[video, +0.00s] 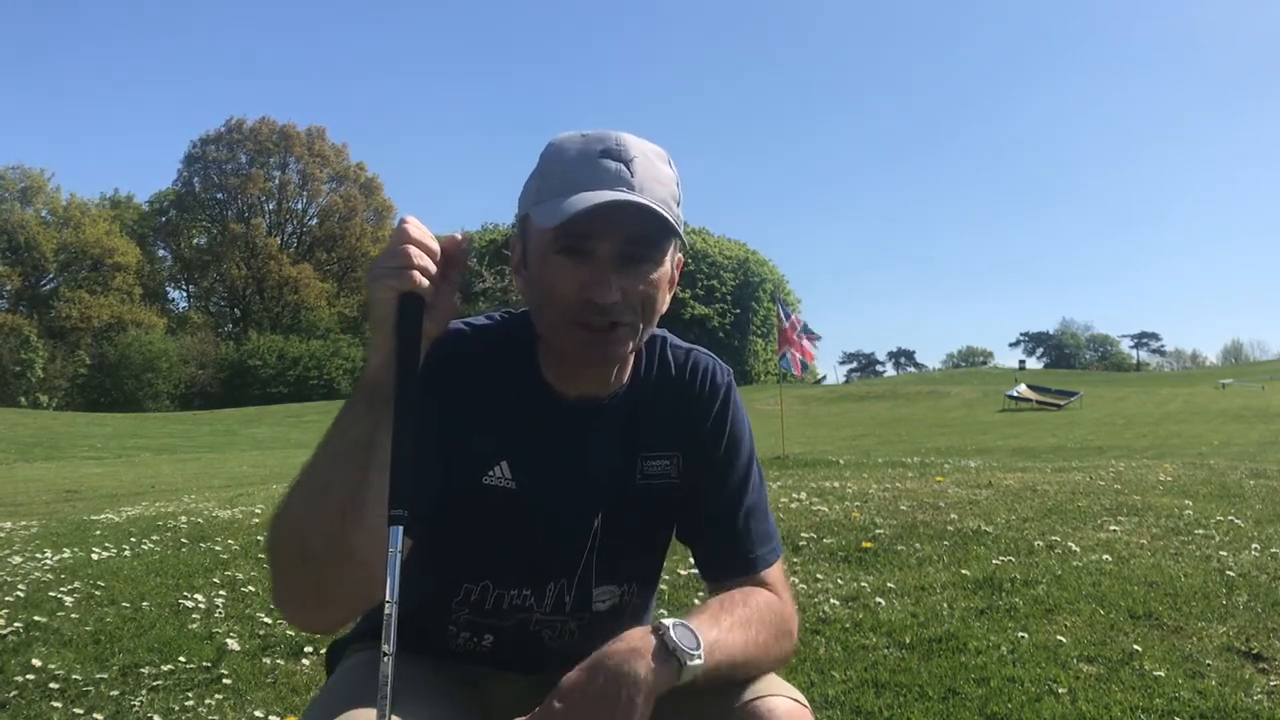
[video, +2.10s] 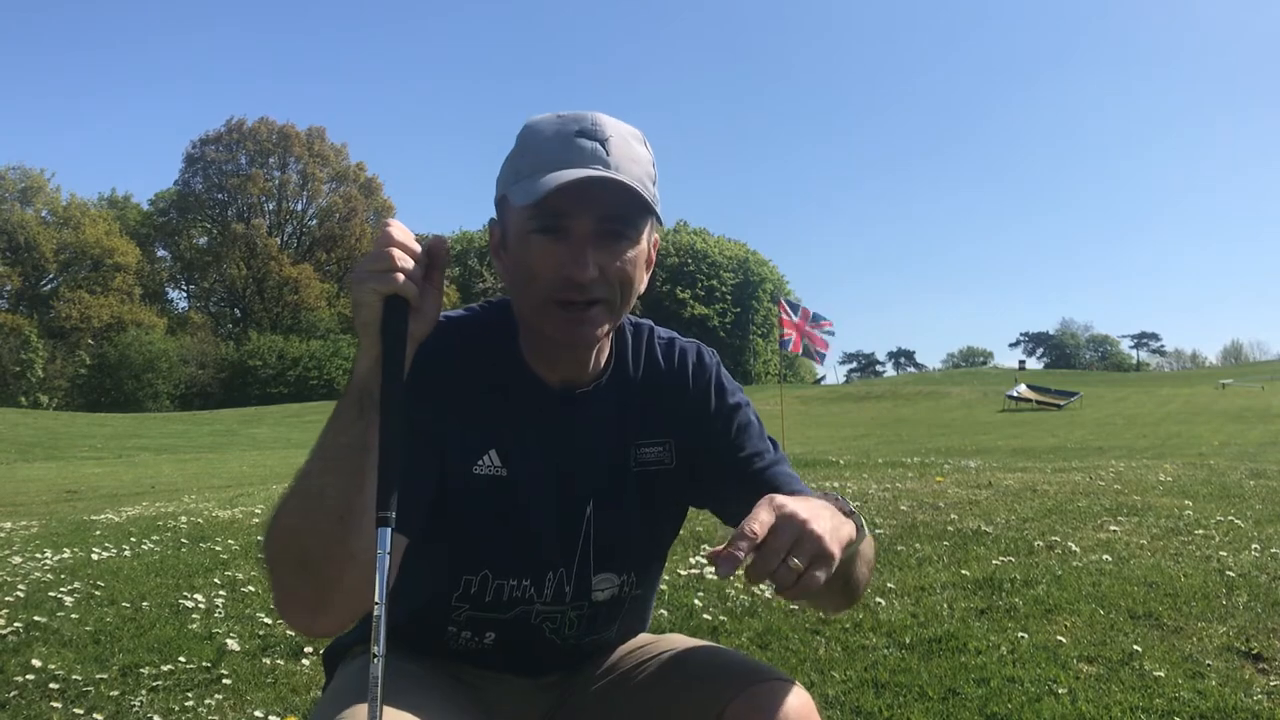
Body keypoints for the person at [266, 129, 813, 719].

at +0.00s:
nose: (606, 289)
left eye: (637, 254)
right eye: (574, 249)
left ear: (673, 275)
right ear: (520, 259)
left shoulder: (696, 391)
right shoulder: (443, 367)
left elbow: (769, 610)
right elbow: (310, 603)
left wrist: (655, 653)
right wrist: (388, 364)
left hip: (611, 672)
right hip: (434, 667)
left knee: (778, 711)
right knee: (354, 715)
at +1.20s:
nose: (610, 316)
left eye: (636, 280)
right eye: (578, 279)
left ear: (668, 277)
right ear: (514, 270)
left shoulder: (692, 392)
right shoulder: (436, 368)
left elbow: (755, 590)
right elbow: (312, 607)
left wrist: (721, 640)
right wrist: (381, 368)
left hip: (608, 672)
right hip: (431, 671)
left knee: (778, 710)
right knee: (349, 714)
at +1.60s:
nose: (607, 308)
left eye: (635, 274)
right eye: (575, 272)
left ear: (664, 272)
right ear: (510, 262)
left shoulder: (688, 386)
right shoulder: (436, 366)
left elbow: (755, 642)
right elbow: (314, 608)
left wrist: (775, 598)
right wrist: (380, 369)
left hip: (608, 664)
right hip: (438, 670)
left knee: (784, 707)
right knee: (363, 712)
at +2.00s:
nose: (589, 274)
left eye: (617, 240)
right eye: (558, 237)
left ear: (652, 255)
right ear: (501, 245)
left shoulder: (683, 379)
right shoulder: (430, 363)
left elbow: (827, 598)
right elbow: (312, 606)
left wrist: (828, 540)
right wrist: (377, 365)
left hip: (603, 666)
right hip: (432, 673)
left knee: (784, 711)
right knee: (370, 717)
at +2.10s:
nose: (584, 268)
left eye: (614, 234)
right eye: (552, 231)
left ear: (650, 253)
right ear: (500, 244)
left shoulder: (682, 376)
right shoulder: (432, 362)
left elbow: (839, 584)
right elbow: (309, 607)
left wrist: (832, 532)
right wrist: (376, 364)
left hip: (605, 665)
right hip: (431, 672)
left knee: (780, 707)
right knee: (368, 713)